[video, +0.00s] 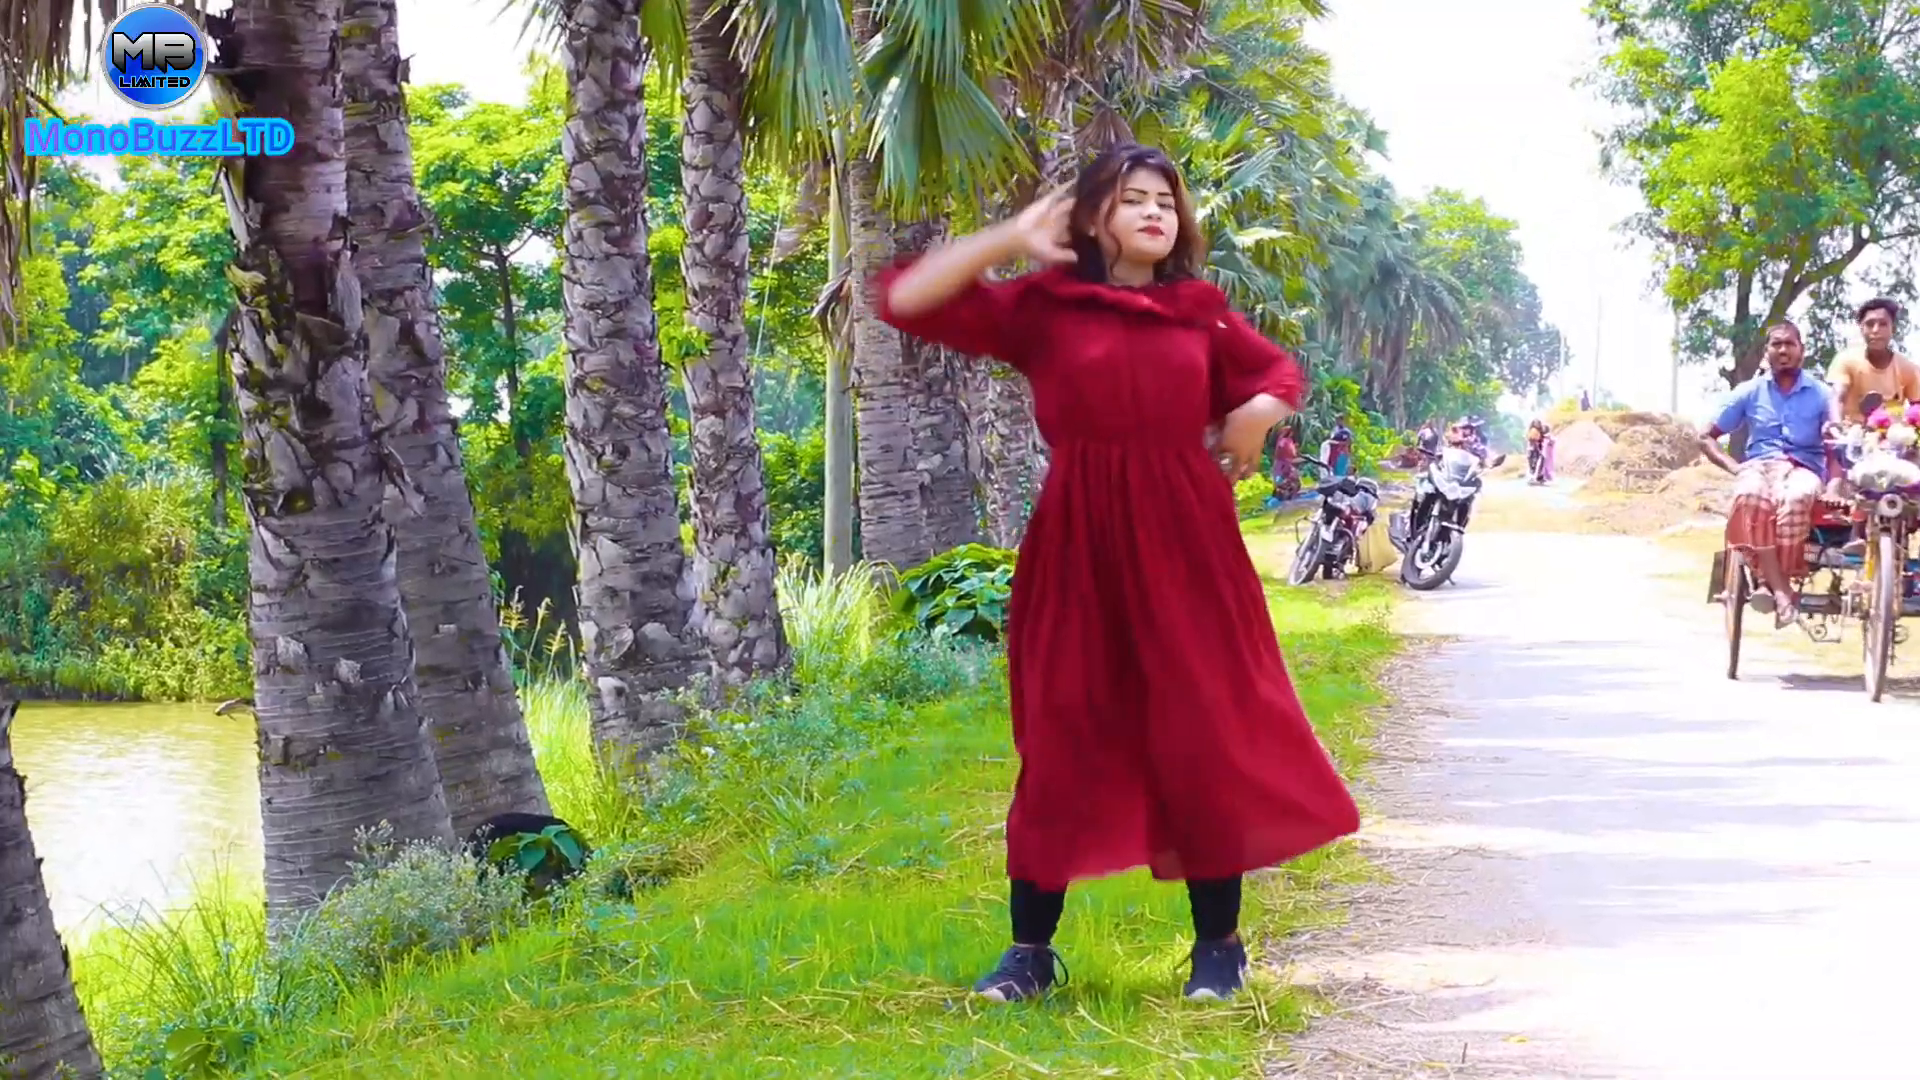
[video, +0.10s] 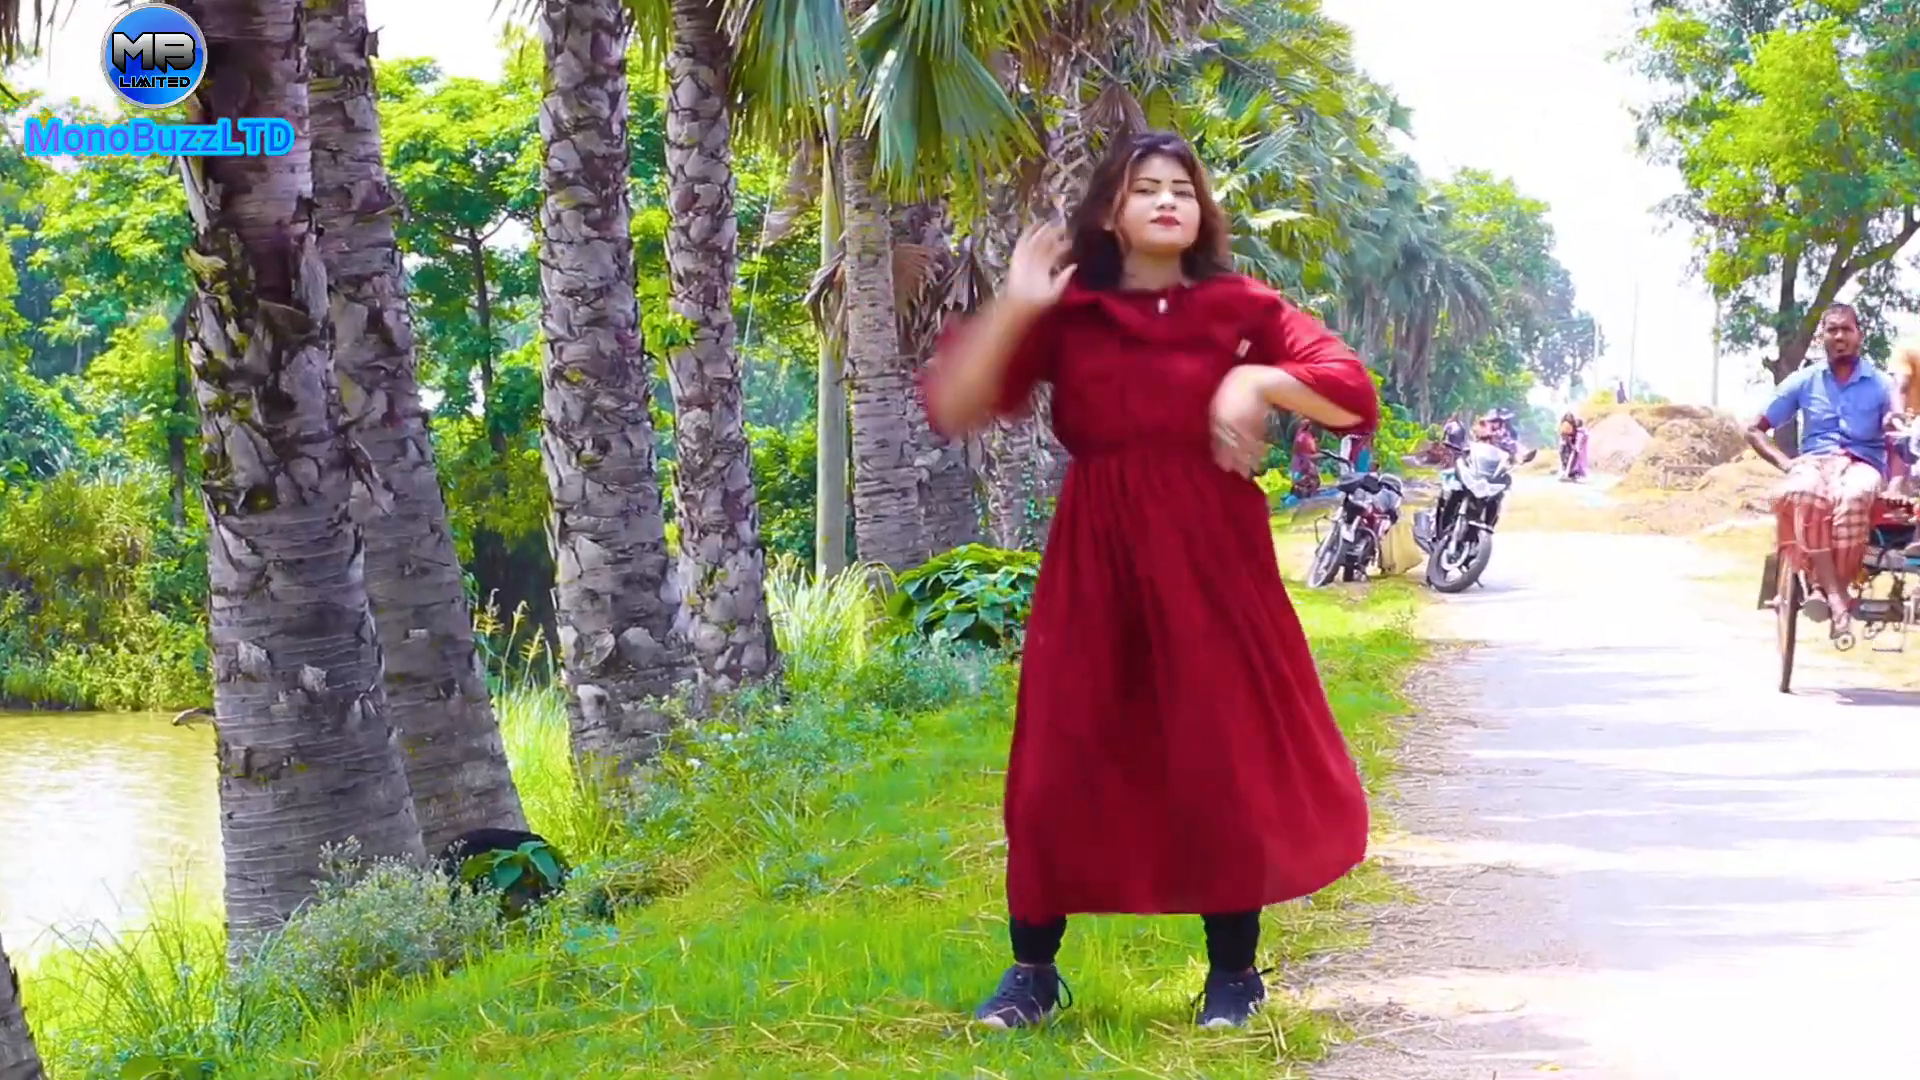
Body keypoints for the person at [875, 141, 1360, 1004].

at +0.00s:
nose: (1153, 209)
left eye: (1165, 200)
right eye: (1134, 198)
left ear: (1181, 222)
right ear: (1090, 217)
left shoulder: (1199, 308)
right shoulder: (1043, 309)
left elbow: (1283, 370)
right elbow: (903, 300)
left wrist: (1262, 408)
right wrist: (1009, 237)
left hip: (1184, 542)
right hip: (1076, 541)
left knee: (1198, 742)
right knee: (1052, 745)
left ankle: (1218, 948)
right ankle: (1029, 954)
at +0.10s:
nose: (1169, 199)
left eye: (1183, 189)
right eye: (1148, 188)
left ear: (1203, 212)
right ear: (1112, 213)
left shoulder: (1240, 304)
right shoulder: (1066, 312)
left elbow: (1352, 395)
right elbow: (951, 406)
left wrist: (1257, 379)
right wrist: (1013, 302)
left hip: (1210, 553)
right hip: (1093, 551)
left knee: (1220, 756)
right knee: (1049, 759)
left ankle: (1232, 974)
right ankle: (1032, 973)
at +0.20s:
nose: (1158, 226)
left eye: (1175, 216)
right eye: (1140, 217)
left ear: (1201, 240)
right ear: (1116, 243)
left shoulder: (1233, 321)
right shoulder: (1080, 349)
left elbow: (1298, 400)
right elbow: (1044, 480)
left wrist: (1193, 334)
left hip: (1202, 569)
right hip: (1095, 564)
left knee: (1209, 751)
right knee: (1029, 747)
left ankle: (1217, 954)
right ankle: (1025, 939)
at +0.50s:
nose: (1122, 216)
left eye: (1142, 202)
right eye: (1121, 202)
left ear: (1192, 214)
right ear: (1123, 215)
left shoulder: (1221, 296)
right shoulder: (1120, 313)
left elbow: (1306, 281)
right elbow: (1113, 420)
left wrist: (1217, 233)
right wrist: (1069, 474)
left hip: (1192, 551)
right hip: (1109, 548)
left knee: (1202, 746)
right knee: (1074, 746)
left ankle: (1221, 961)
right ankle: (1011, 954)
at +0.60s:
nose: (1115, 242)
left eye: (1132, 229)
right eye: (1112, 228)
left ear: (1185, 238)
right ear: (1113, 241)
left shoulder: (1221, 316)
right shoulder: (1102, 330)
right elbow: (1057, 419)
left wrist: (1163, 266)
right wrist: (1032, 505)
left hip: (1178, 556)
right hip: (1091, 549)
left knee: (1173, 737)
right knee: (1054, 728)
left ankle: (1204, 935)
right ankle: (1005, 926)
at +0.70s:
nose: (1106, 222)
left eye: (1121, 207)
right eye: (1105, 207)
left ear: (1173, 214)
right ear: (1118, 218)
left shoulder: (1222, 291)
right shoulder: (1103, 310)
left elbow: (1187, 286)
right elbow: (1053, 401)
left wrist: (1179, 231)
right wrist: (1028, 469)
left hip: (1200, 546)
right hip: (1101, 541)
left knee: (1196, 741)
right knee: (1028, 718)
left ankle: (1220, 959)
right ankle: (1002, 941)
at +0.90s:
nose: (1052, 245)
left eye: (1074, 231)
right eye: (1050, 231)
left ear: (1128, 245)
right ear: (1049, 244)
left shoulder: (1179, 329)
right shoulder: (1036, 340)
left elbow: (1310, 337)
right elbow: (989, 437)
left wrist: (1202, 281)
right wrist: (979, 488)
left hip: (1153, 560)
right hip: (1049, 562)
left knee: (1171, 749)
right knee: (1012, 752)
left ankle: (1210, 944)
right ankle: (974, 937)